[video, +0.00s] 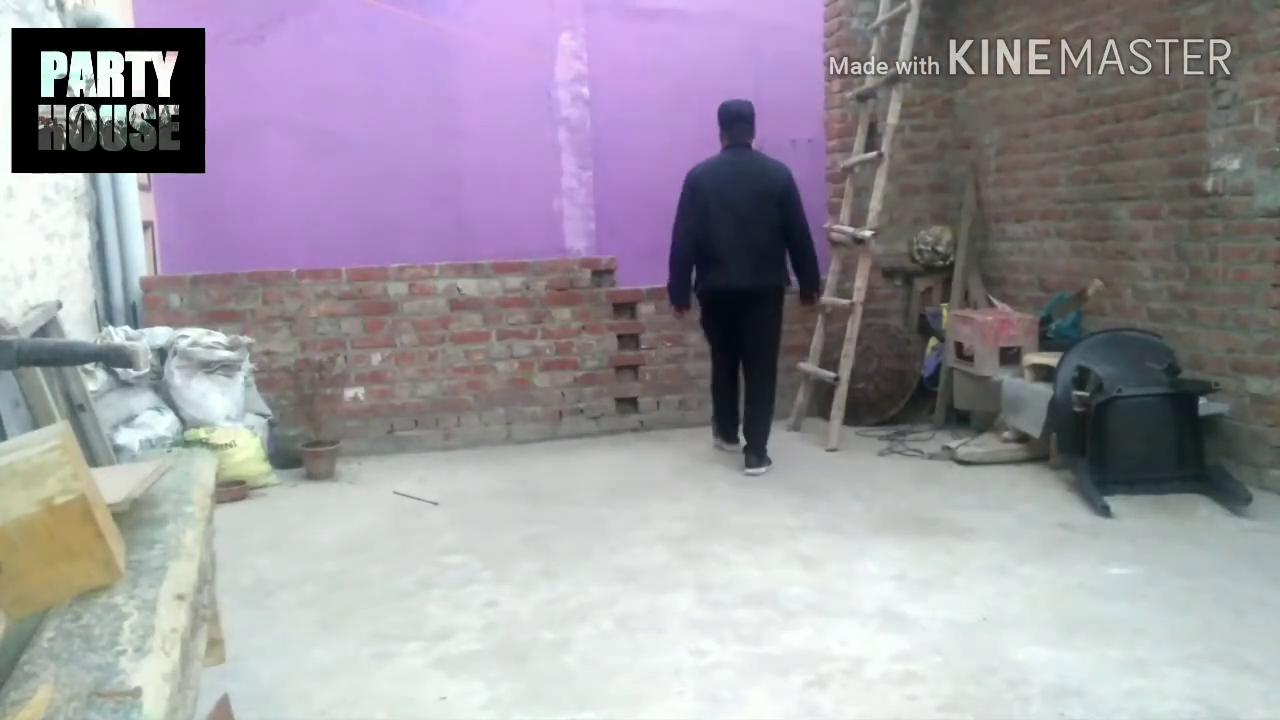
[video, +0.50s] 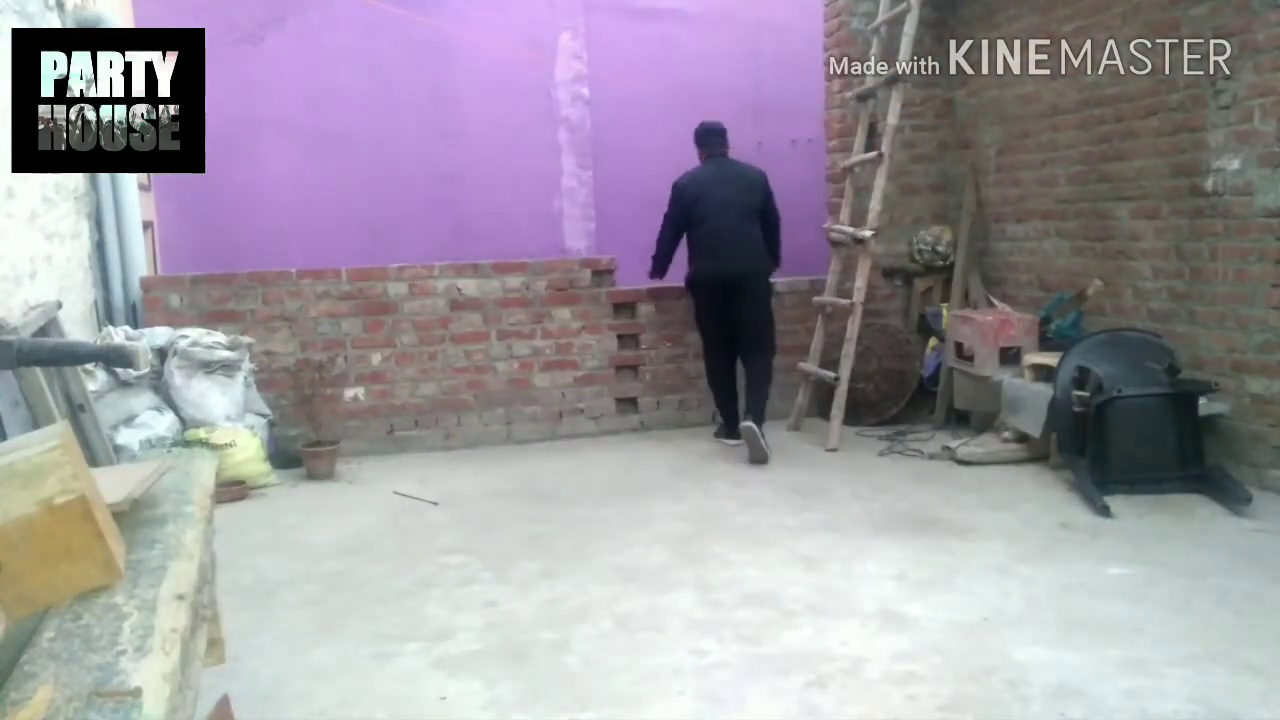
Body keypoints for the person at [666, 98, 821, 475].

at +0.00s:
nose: (735, 133)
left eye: (728, 126)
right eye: (746, 126)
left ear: (721, 130)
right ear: (753, 129)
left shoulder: (700, 177)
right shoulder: (776, 174)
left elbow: (683, 239)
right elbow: (797, 234)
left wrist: (679, 292)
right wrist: (809, 283)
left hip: (716, 291)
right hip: (764, 291)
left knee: (724, 360)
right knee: (761, 367)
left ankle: (726, 432)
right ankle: (756, 454)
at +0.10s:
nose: (726, 142)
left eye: (721, 136)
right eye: (740, 135)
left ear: (717, 139)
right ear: (749, 137)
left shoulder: (698, 183)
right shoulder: (773, 179)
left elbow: (681, 241)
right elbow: (795, 233)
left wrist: (674, 288)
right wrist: (804, 274)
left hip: (717, 292)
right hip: (764, 291)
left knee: (726, 358)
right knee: (762, 368)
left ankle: (729, 425)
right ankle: (756, 452)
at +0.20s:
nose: (720, 146)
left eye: (716, 140)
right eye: (733, 139)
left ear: (713, 142)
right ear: (744, 141)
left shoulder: (695, 187)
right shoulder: (769, 180)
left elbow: (678, 240)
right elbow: (793, 229)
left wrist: (672, 281)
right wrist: (795, 266)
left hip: (716, 293)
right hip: (763, 291)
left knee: (724, 358)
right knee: (763, 365)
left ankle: (730, 426)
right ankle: (756, 447)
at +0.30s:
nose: (712, 146)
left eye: (709, 141)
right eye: (725, 139)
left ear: (706, 143)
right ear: (736, 140)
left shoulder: (693, 184)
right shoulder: (763, 176)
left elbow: (676, 235)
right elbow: (785, 222)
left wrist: (667, 271)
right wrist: (782, 262)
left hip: (713, 289)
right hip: (758, 286)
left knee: (720, 356)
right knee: (761, 356)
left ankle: (730, 426)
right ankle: (759, 434)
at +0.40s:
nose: (707, 148)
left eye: (704, 143)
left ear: (702, 145)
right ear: (732, 141)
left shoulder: (691, 183)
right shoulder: (760, 174)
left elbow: (674, 232)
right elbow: (780, 220)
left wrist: (662, 268)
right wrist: (777, 259)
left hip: (710, 283)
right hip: (756, 280)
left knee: (719, 353)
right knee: (759, 351)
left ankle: (731, 426)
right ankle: (759, 426)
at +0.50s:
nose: (707, 151)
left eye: (702, 147)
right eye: (718, 144)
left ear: (698, 149)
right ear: (727, 145)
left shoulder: (687, 184)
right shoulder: (754, 177)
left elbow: (671, 230)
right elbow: (771, 222)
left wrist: (658, 266)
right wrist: (771, 259)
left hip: (707, 280)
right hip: (752, 277)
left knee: (718, 351)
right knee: (758, 349)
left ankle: (731, 427)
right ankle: (754, 419)